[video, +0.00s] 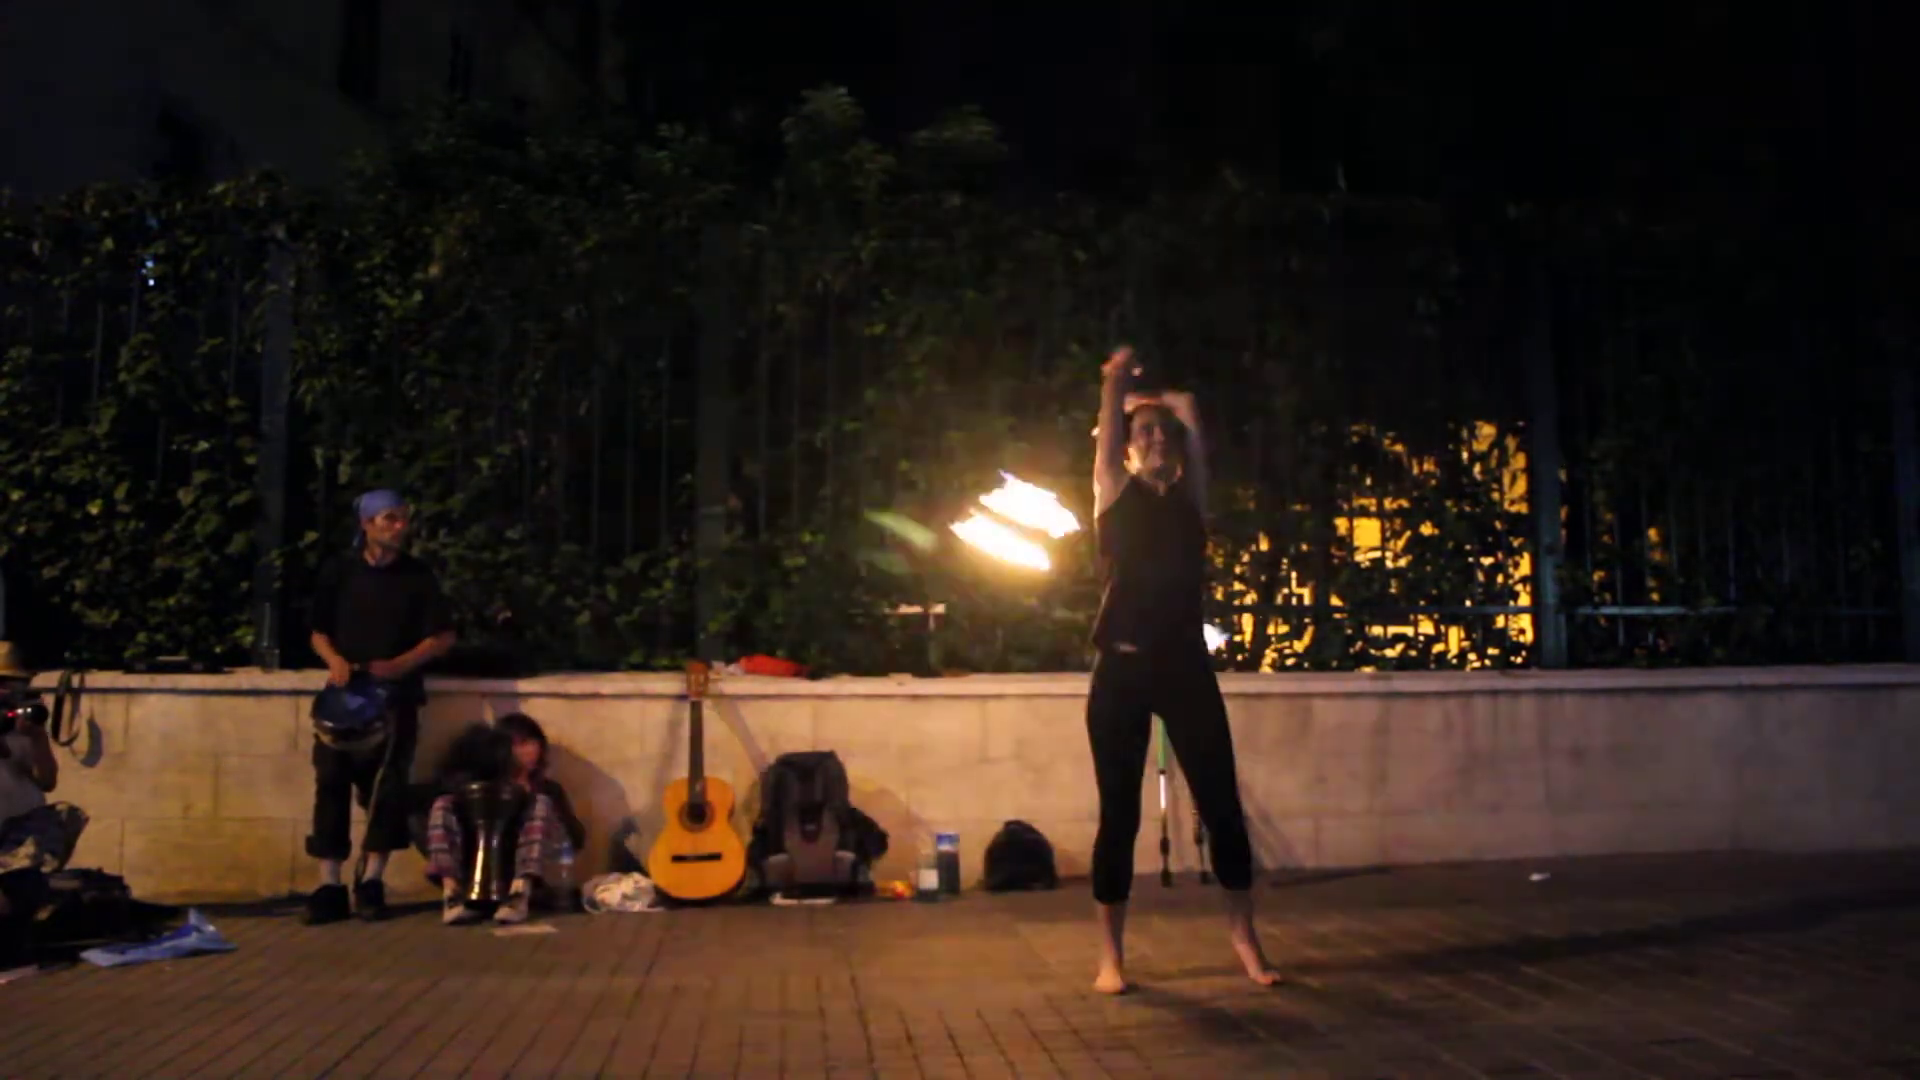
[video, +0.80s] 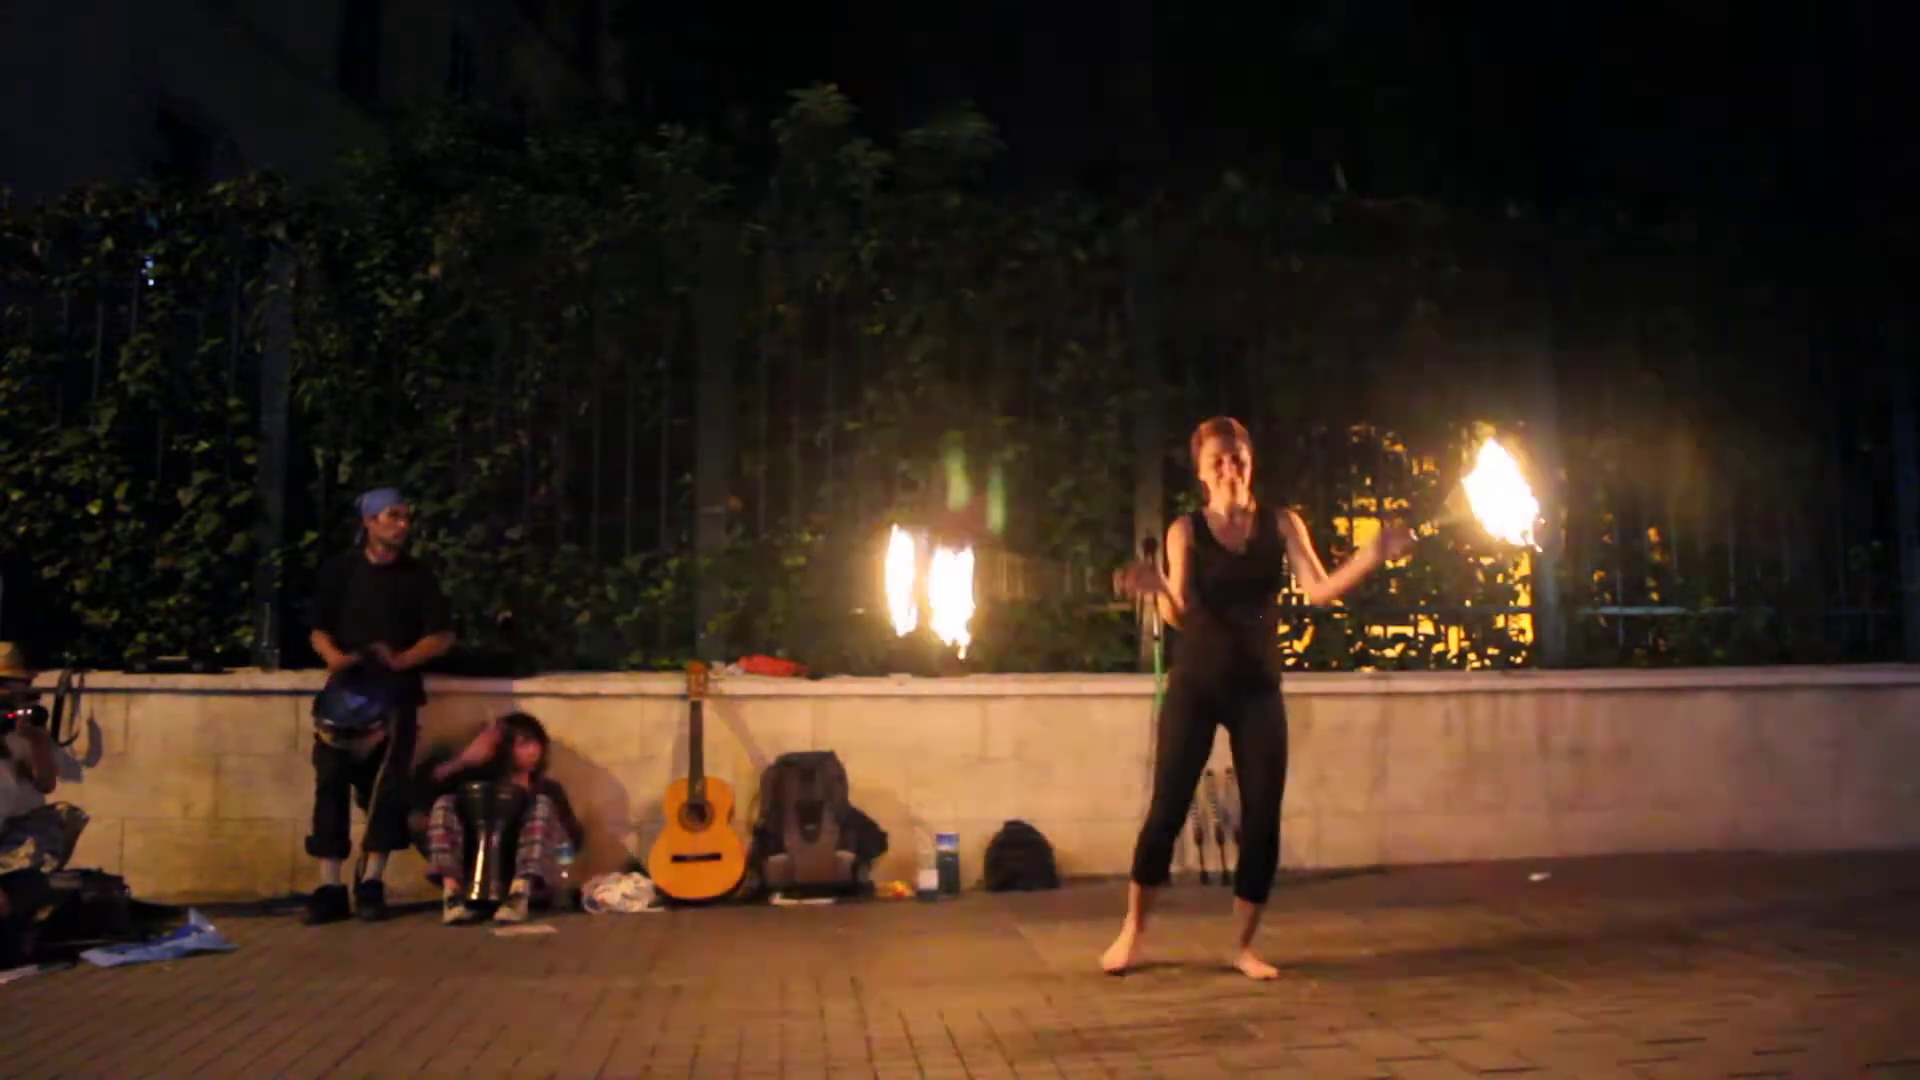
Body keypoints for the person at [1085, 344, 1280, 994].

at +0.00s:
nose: (1151, 438)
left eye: (1161, 428)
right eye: (1140, 430)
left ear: (1177, 439)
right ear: (1125, 442)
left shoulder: (1191, 497)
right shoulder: (1114, 495)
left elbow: (1192, 417)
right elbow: (1108, 435)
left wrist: (1150, 397)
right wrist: (1112, 383)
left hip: (1186, 665)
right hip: (1121, 669)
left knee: (1222, 804)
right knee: (1119, 814)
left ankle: (1244, 934)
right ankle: (1111, 953)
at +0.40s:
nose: (1183, 436)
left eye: (1190, 426)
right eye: (1171, 428)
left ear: (1206, 434)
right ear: (1152, 439)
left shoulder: (1223, 497)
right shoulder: (1139, 494)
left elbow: (1252, 481)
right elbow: (1161, 502)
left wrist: (1235, 401)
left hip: (1216, 669)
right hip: (1151, 672)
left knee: (1235, 803)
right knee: (1138, 805)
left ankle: (1247, 939)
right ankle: (1112, 946)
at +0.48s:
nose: (1199, 438)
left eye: (1207, 429)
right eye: (1186, 431)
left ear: (1221, 440)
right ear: (1167, 443)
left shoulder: (1238, 492)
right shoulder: (1154, 502)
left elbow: (1274, 533)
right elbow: (1172, 556)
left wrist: (1264, 450)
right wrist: (1218, 520)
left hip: (1226, 668)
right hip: (1164, 669)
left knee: (1239, 801)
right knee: (1143, 804)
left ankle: (1247, 937)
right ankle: (1114, 944)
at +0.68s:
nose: (1222, 463)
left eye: (1229, 452)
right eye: (1209, 455)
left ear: (1242, 456)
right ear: (1190, 463)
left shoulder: (1273, 517)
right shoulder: (1178, 525)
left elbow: (1300, 583)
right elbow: (1187, 589)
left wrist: (1322, 522)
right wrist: (1201, 614)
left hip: (1250, 682)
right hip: (1185, 682)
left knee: (1256, 814)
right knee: (1153, 813)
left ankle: (1240, 944)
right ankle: (1116, 948)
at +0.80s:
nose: (1230, 466)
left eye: (1237, 456)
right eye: (1218, 459)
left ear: (1251, 461)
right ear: (1200, 470)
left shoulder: (1282, 524)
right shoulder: (1185, 532)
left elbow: (1318, 591)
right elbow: (1179, 616)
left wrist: (1372, 555)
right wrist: (1157, 589)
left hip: (1259, 689)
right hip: (1195, 686)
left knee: (1264, 817)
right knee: (1166, 808)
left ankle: (1245, 947)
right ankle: (1132, 928)